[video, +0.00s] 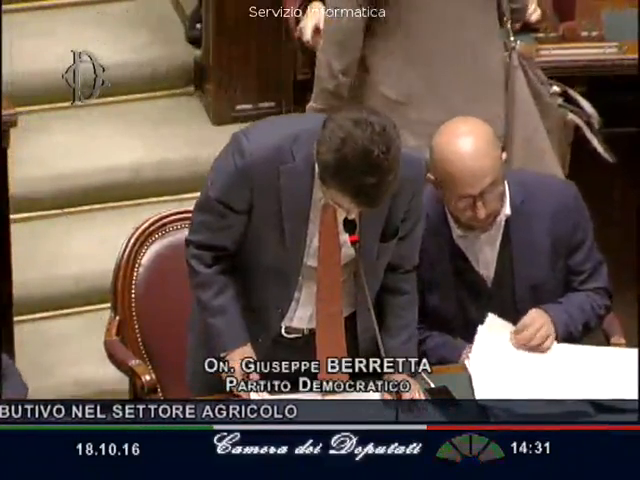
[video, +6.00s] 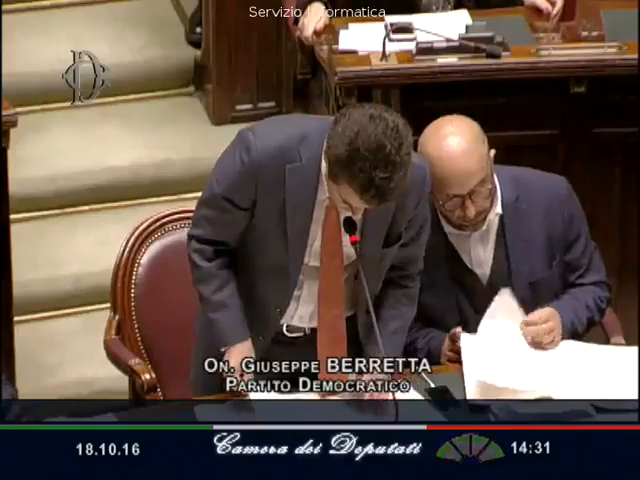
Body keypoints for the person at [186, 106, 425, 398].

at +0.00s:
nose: (350, 214)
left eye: (362, 207)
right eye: (340, 203)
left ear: (388, 176)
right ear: (320, 166)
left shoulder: (407, 174)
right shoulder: (252, 159)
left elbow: (401, 275)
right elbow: (206, 252)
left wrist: (400, 365)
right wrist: (234, 344)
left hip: (349, 336)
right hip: (264, 340)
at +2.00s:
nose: (354, 214)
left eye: (366, 206)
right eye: (344, 203)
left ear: (393, 175)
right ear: (323, 164)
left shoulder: (409, 175)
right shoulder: (255, 158)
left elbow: (403, 274)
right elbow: (205, 247)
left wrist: (401, 366)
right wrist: (230, 343)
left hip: (350, 335)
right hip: (264, 339)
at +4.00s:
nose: (356, 213)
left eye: (369, 204)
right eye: (346, 200)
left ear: (396, 174)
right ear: (325, 160)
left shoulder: (408, 175)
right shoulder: (255, 157)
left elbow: (402, 276)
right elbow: (206, 250)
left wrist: (400, 366)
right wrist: (231, 344)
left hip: (350, 337)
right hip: (263, 341)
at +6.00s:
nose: (356, 215)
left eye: (369, 207)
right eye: (347, 202)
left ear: (400, 177)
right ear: (328, 159)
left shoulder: (412, 181)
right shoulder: (259, 155)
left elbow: (404, 279)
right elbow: (207, 243)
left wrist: (381, 364)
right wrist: (235, 339)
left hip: (346, 340)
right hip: (260, 342)